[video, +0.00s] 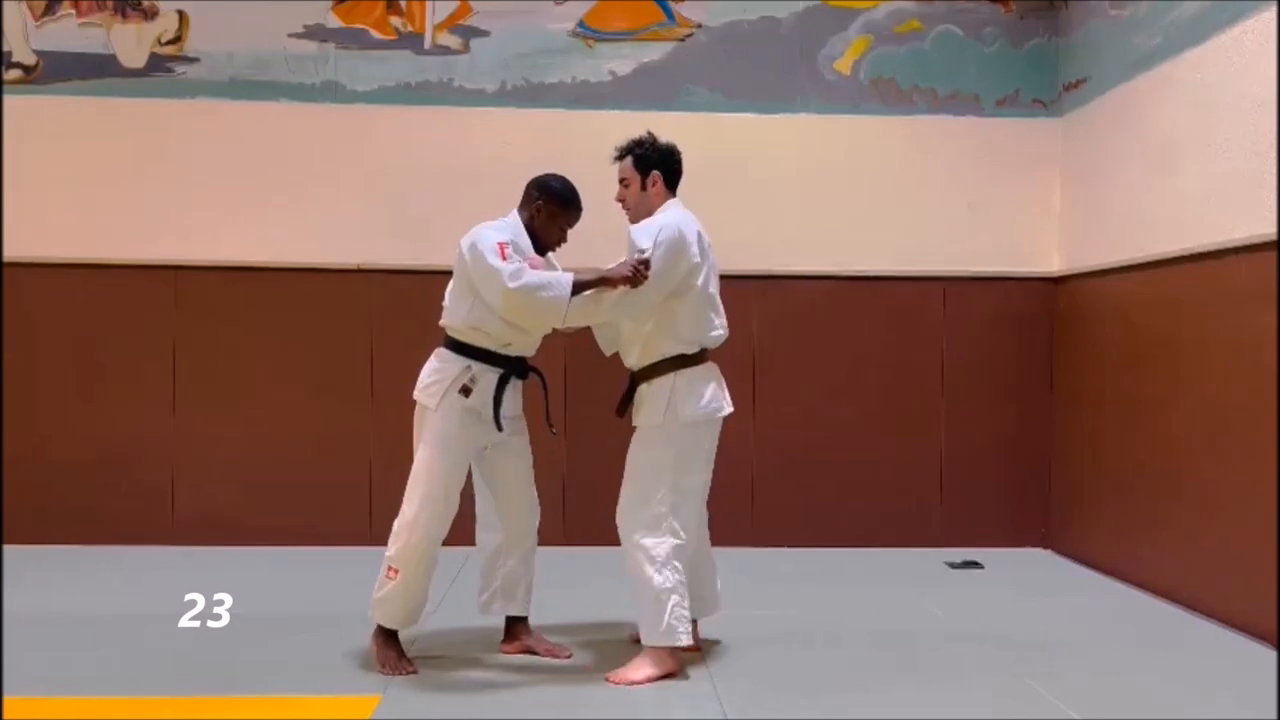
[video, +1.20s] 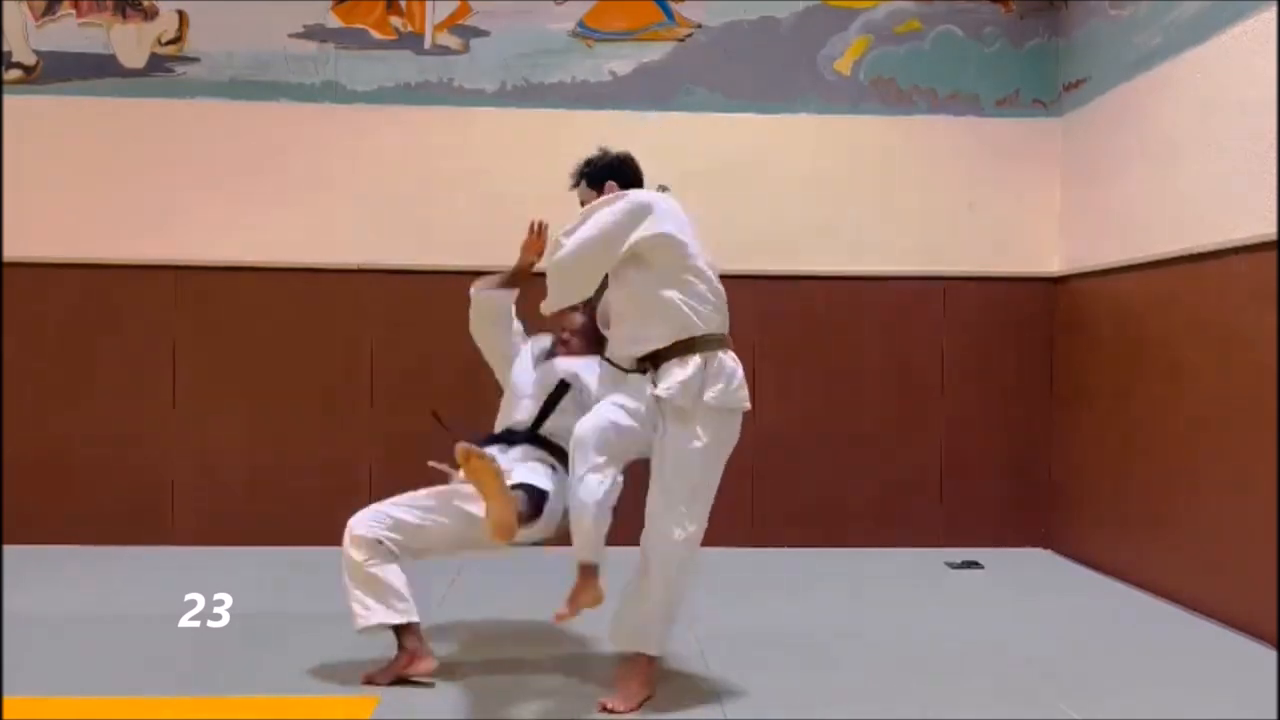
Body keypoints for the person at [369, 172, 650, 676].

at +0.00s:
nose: (565, 238)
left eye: (571, 229)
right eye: (563, 225)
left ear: (545, 214)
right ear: (536, 208)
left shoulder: (541, 266)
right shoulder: (486, 239)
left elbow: (566, 310)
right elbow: (517, 286)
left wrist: (625, 288)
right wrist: (600, 278)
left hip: (504, 391)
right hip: (456, 383)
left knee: (518, 512)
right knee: (428, 510)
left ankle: (516, 628)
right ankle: (386, 631)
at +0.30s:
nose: (568, 243)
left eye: (573, 236)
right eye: (566, 233)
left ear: (554, 219)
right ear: (545, 213)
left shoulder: (549, 259)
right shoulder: (489, 239)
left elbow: (591, 303)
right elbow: (513, 291)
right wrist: (594, 267)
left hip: (503, 393)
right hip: (454, 385)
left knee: (519, 513)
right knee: (432, 512)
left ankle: (517, 628)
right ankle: (388, 633)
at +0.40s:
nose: (571, 221)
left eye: (577, 217)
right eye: (571, 211)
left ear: (563, 208)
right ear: (552, 195)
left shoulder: (554, 244)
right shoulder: (493, 229)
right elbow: (532, 251)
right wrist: (609, 210)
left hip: (510, 386)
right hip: (462, 378)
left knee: (521, 508)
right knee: (434, 505)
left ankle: (518, 625)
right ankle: (389, 628)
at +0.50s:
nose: (576, 200)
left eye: (582, 198)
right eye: (576, 191)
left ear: (568, 192)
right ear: (557, 178)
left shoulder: (551, 237)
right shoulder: (502, 214)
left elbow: (600, 247)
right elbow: (561, 206)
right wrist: (621, 181)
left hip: (520, 377)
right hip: (474, 369)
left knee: (528, 500)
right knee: (439, 497)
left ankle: (524, 619)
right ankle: (393, 620)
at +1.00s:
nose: (590, 227)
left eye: (593, 223)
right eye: (584, 217)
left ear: (590, 223)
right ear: (563, 200)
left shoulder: (582, 254)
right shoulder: (508, 219)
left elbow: (620, 247)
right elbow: (542, 192)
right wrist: (595, 167)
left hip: (531, 385)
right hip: (477, 372)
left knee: (514, 503)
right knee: (433, 496)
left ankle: (496, 621)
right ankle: (389, 618)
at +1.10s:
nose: (570, 257)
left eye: (581, 249)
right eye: (562, 245)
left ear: (592, 252)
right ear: (543, 238)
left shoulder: (588, 303)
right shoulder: (509, 260)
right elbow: (492, 207)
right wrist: (565, 180)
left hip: (528, 414)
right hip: (474, 400)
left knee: (509, 489)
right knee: (391, 516)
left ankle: (484, 551)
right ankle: (410, 636)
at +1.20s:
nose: (564, 336)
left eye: (576, 329)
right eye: (561, 327)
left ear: (600, 334)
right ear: (553, 328)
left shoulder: (608, 375)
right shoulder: (524, 359)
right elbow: (486, 303)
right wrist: (521, 269)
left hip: (547, 467)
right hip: (490, 468)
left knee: (531, 479)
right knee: (366, 530)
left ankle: (506, 508)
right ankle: (412, 650)